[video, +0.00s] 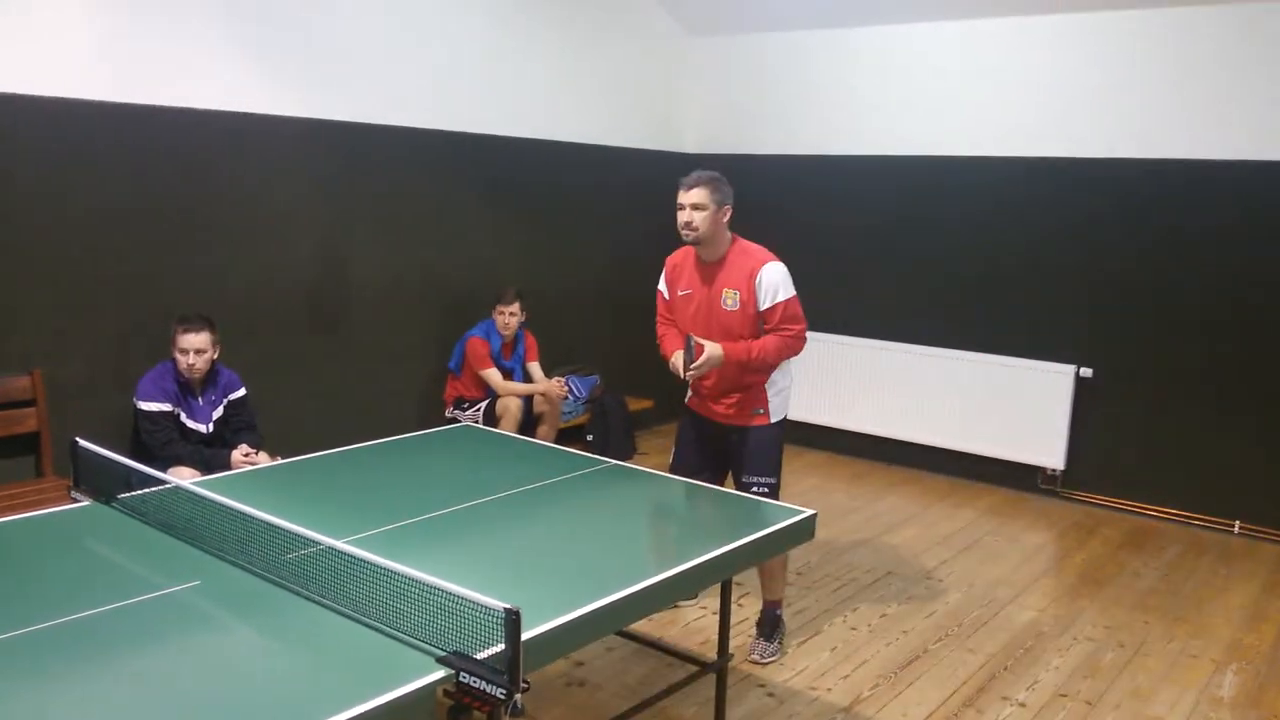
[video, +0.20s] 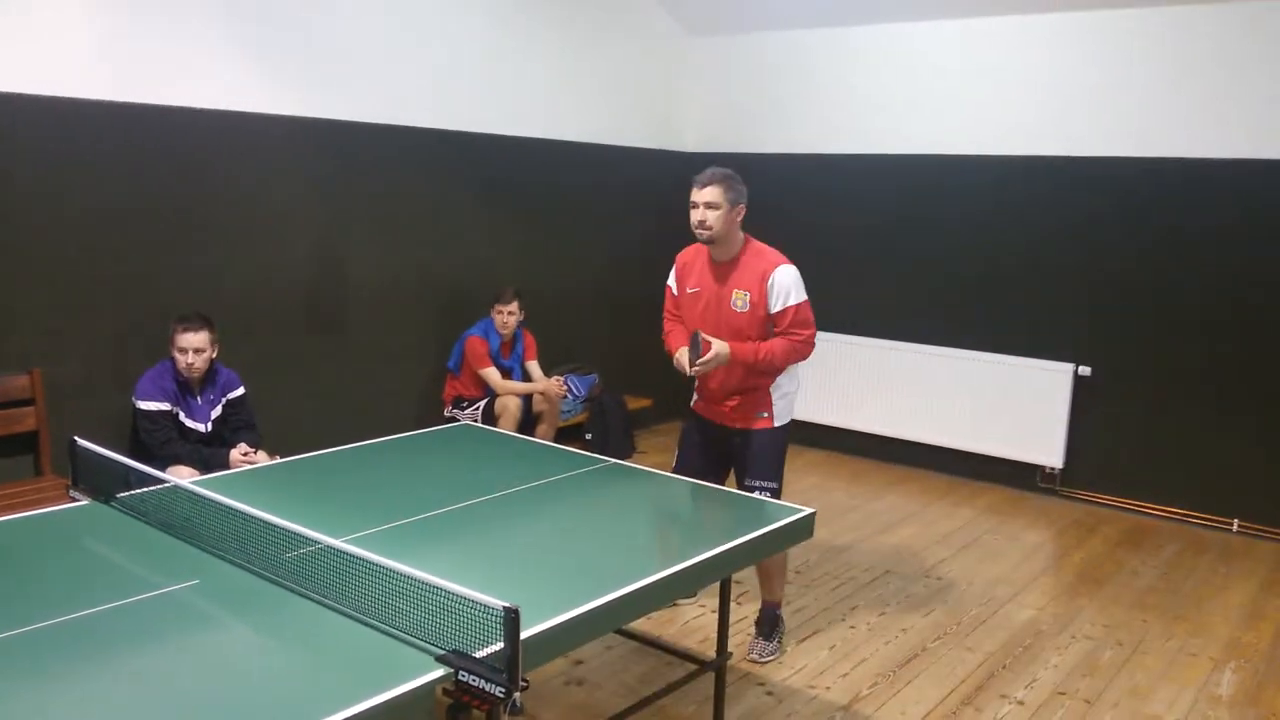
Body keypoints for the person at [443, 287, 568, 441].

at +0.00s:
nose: (506, 320)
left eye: (512, 315)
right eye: (501, 314)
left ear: (522, 317)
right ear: (494, 315)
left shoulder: (526, 339)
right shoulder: (477, 341)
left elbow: (539, 379)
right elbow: (500, 388)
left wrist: (553, 387)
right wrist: (545, 388)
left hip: (499, 401)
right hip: (463, 407)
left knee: (551, 403)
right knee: (513, 405)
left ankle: (539, 464)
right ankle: (501, 463)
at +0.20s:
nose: (504, 319)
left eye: (511, 314)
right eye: (499, 313)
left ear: (521, 316)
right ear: (492, 314)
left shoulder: (525, 338)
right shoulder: (475, 340)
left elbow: (539, 378)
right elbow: (499, 387)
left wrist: (553, 387)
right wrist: (543, 387)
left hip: (498, 400)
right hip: (462, 406)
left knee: (551, 401)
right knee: (511, 404)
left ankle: (539, 462)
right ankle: (502, 461)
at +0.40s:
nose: (503, 319)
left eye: (510, 313)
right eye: (498, 312)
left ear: (519, 315)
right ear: (491, 313)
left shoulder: (523, 337)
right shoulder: (474, 339)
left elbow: (537, 377)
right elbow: (498, 387)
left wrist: (552, 386)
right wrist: (543, 386)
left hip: (497, 399)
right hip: (461, 405)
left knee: (550, 400)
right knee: (511, 403)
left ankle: (537, 462)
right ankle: (501, 461)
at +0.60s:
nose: (500, 317)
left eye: (507, 311)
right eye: (495, 310)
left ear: (517, 313)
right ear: (487, 311)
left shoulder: (520, 335)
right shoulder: (471, 337)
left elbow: (535, 375)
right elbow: (495, 385)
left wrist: (549, 384)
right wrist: (540, 385)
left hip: (494, 398)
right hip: (458, 404)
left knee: (547, 399)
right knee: (508, 402)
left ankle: (536, 461)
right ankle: (496, 461)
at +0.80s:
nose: (502, 319)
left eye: (508, 313)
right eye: (497, 313)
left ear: (518, 314)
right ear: (488, 313)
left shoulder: (521, 337)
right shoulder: (471, 339)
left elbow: (536, 378)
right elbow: (496, 387)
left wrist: (550, 386)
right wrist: (541, 387)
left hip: (495, 398)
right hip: (459, 405)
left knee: (548, 401)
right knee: (509, 403)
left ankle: (537, 463)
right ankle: (497, 463)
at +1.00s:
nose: (507, 320)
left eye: (512, 314)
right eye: (501, 314)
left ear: (521, 315)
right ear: (492, 314)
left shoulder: (525, 338)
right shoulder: (475, 340)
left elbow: (539, 378)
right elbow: (500, 387)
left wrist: (554, 386)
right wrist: (543, 387)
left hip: (499, 400)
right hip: (463, 407)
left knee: (551, 402)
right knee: (512, 403)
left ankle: (538, 463)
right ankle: (500, 461)